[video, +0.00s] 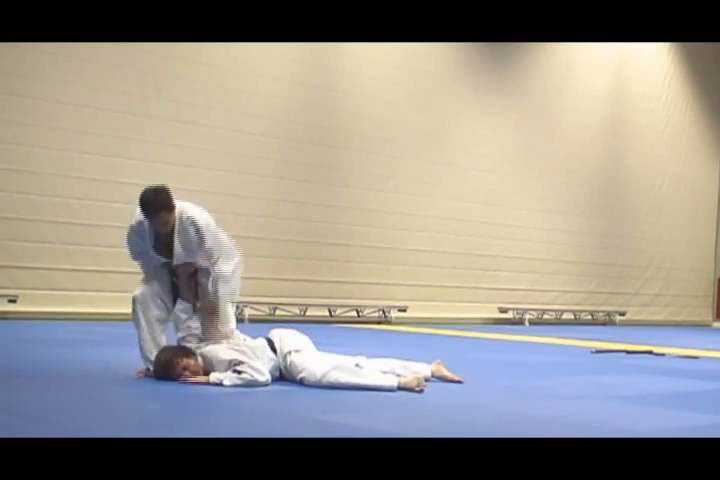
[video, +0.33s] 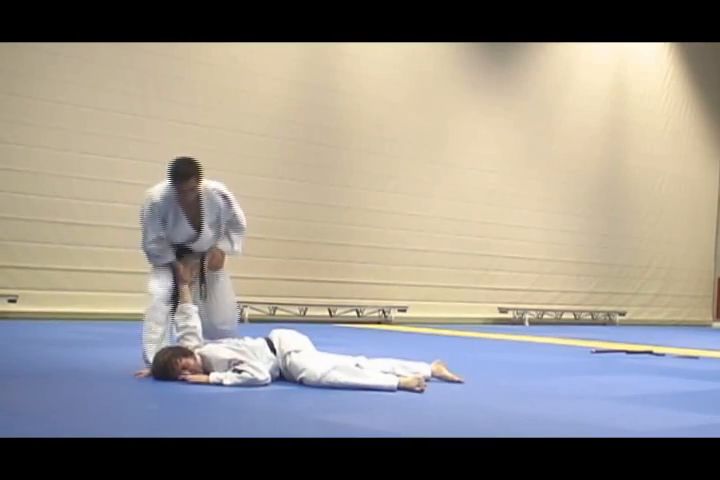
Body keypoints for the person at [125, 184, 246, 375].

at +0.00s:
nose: (162, 224)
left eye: (166, 219)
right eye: (156, 221)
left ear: (173, 210)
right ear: (148, 218)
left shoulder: (196, 222)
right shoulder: (138, 229)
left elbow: (218, 263)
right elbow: (147, 264)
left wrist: (215, 301)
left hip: (208, 270)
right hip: (170, 272)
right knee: (143, 299)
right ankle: (154, 365)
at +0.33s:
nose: (187, 196)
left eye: (192, 190)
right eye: (182, 192)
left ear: (200, 182)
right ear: (173, 186)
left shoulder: (218, 195)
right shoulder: (157, 201)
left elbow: (236, 226)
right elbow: (153, 243)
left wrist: (221, 249)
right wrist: (176, 266)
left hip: (209, 256)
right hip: (171, 257)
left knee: (224, 323)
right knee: (159, 299)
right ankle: (155, 361)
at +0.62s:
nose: (213, 224)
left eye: (218, 218)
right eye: (208, 218)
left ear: (227, 213)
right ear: (202, 213)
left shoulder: (239, 221)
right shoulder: (186, 224)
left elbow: (249, 255)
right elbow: (180, 266)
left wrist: (227, 273)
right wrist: (183, 312)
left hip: (218, 271)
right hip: (188, 268)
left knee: (222, 315)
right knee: (162, 308)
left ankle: (218, 361)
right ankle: (171, 350)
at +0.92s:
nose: (208, 247)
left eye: (212, 242)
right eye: (204, 243)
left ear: (219, 237)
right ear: (196, 238)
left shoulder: (230, 238)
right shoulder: (186, 252)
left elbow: (249, 257)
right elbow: (184, 294)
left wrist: (230, 273)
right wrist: (185, 340)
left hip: (216, 280)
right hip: (190, 284)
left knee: (220, 293)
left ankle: (222, 343)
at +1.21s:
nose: (192, 183)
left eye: (196, 178)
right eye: (186, 178)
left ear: (202, 178)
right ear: (178, 178)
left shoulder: (208, 201)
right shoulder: (162, 200)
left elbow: (217, 232)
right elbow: (157, 238)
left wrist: (211, 260)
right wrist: (176, 269)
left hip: (193, 252)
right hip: (165, 251)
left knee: (207, 288)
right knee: (168, 295)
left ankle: (205, 342)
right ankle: (167, 347)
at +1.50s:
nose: (164, 166)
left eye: (168, 162)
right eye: (159, 162)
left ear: (174, 163)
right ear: (152, 164)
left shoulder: (186, 189)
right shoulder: (138, 187)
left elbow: (208, 215)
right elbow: (111, 201)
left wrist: (189, 219)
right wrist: (97, 225)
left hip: (170, 244)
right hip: (143, 241)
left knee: (159, 289)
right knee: (150, 286)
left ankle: (144, 331)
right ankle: (159, 339)